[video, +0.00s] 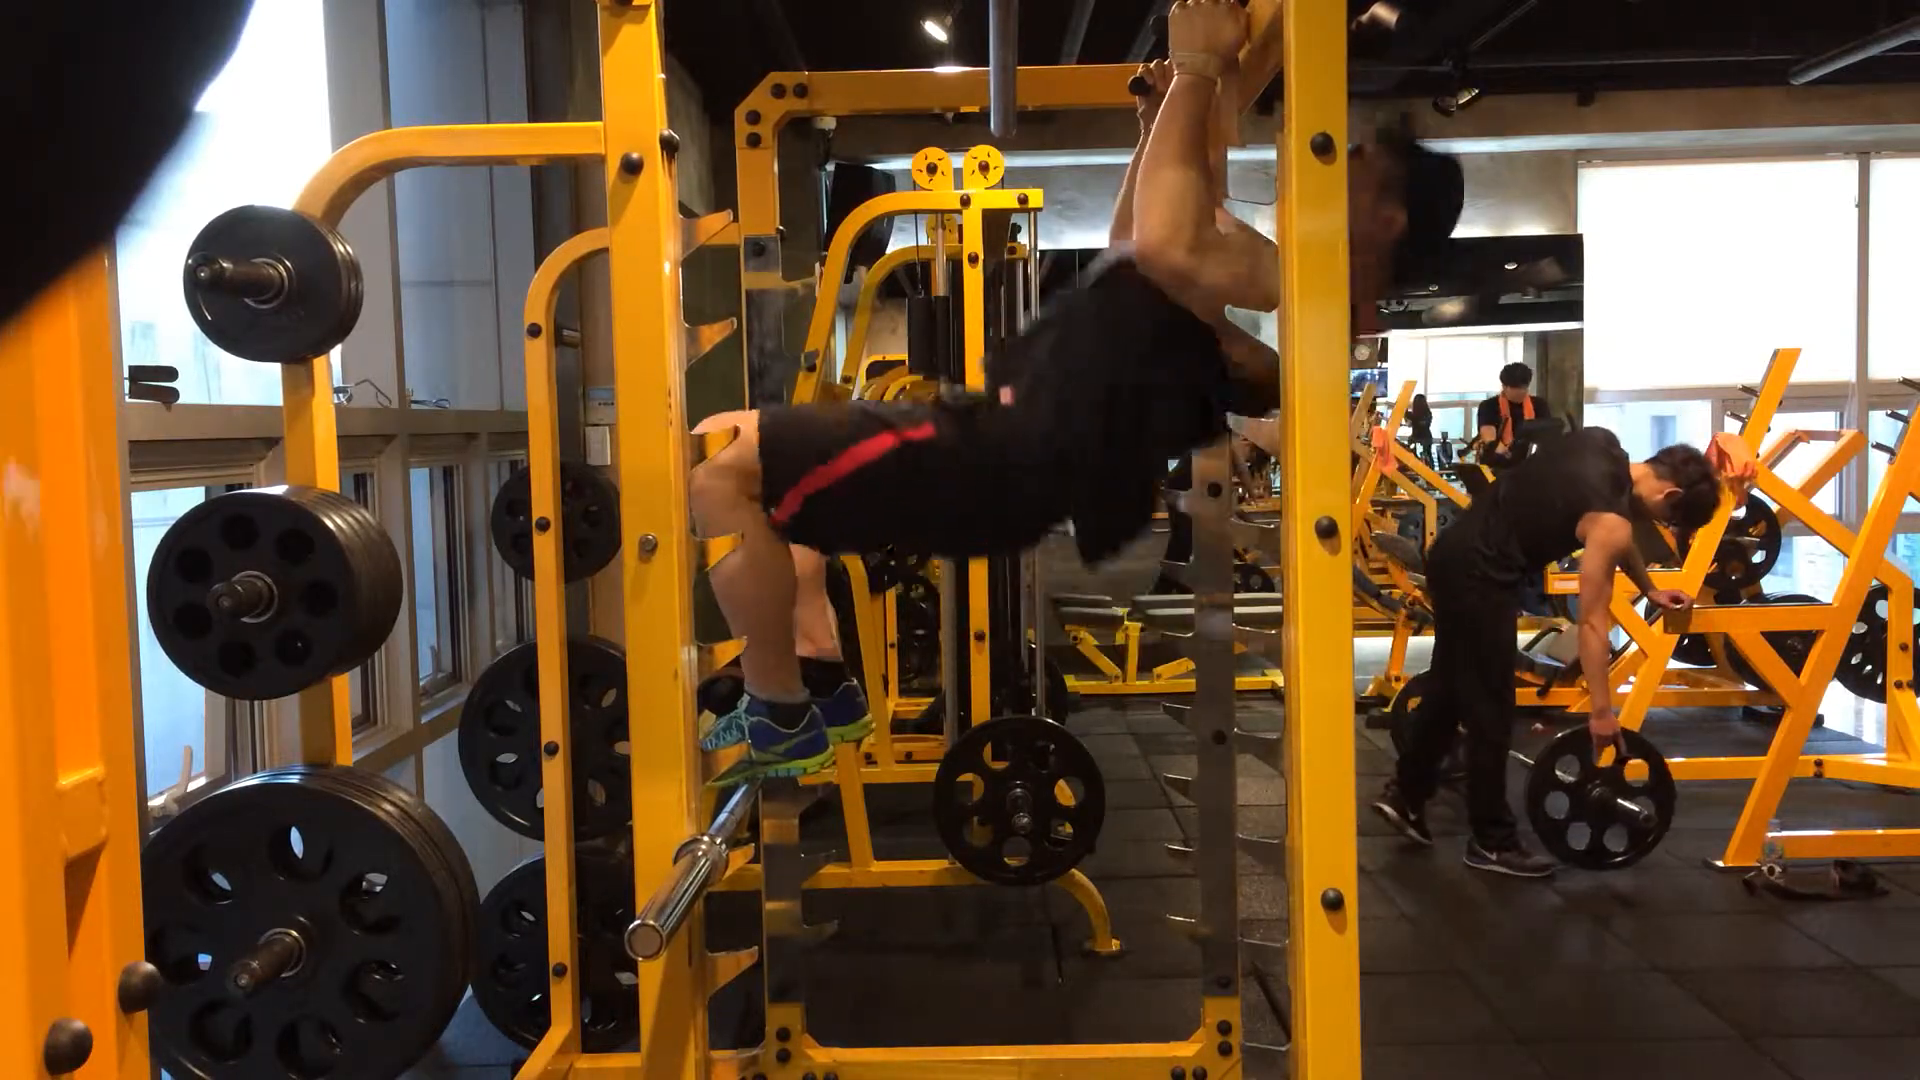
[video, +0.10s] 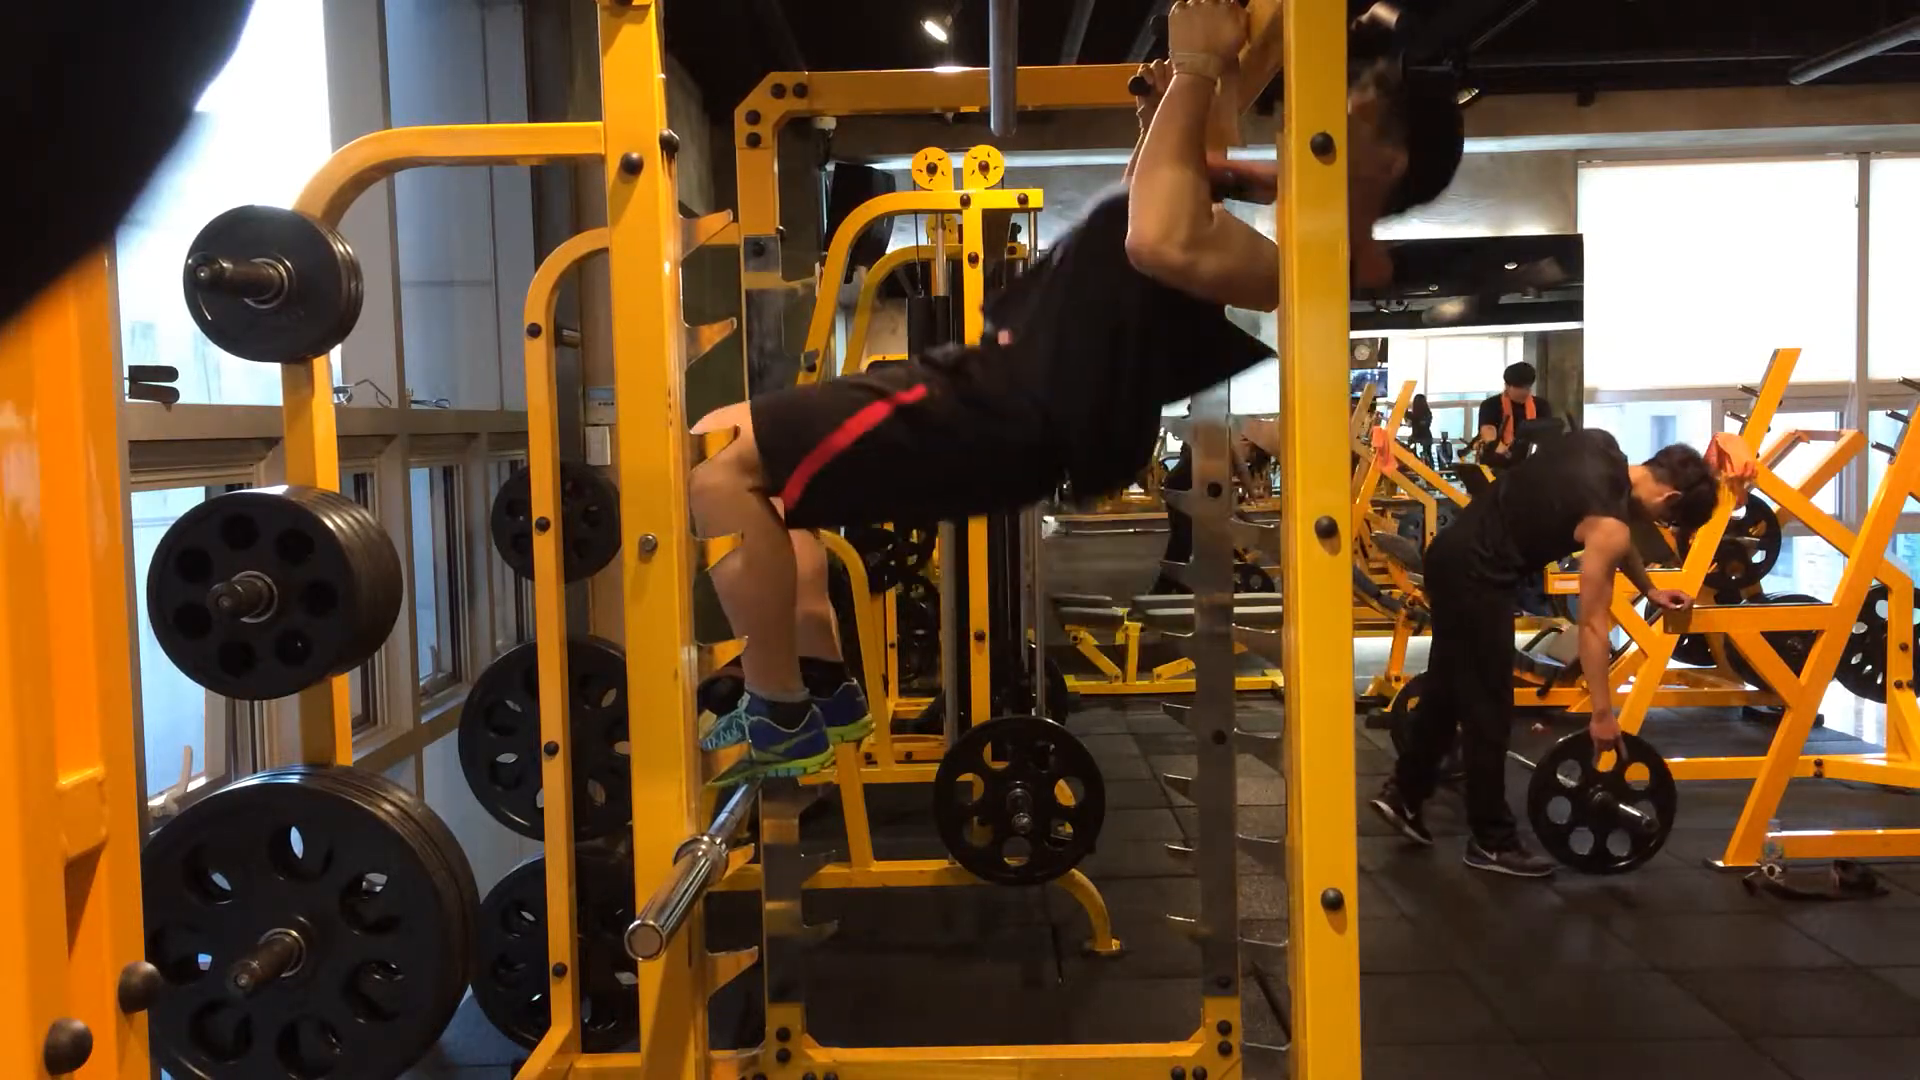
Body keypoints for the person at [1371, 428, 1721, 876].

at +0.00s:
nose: (1659, 524)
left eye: (1666, 522)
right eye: (1667, 519)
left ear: (1655, 467)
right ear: (1667, 494)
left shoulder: (1599, 443)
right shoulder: (1609, 520)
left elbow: (1615, 529)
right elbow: (1592, 625)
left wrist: (1649, 588)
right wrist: (1602, 709)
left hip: (1453, 556)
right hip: (1482, 579)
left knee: (1450, 686)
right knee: (1493, 708)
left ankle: (1406, 793)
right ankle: (1491, 838)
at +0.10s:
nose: (1659, 524)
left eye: (1666, 522)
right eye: (1666, 519)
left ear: (1650, 466)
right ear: (1666, 497)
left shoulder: (1596, 444)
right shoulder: (1608, 525)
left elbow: (1614, 531)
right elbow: (1592, 627)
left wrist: (1648, 587)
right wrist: (1603, 712)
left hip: (1452, 555)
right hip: (1480, 579)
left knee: (1447, 686)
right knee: (1490, 708)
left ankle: (1404, 793)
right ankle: (1490, 838)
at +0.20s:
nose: (1659, 529)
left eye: (1666, 526)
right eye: (1667, 524)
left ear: (1650, 468)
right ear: (1666, 501)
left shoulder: (1597, 446)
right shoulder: (1608, 529)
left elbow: (1613, 532)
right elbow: (1592, 632)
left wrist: (1650, 589)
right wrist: (1599, 718)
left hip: (1450, 554)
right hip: (1478, 579)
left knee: (1444, 685)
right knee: (1490, 708)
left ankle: (1403, 792)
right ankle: (1490, 838)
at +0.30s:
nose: (1660, 529)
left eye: (1666, 526)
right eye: (1668, 524)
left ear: (1652, 469)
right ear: (1668, 504)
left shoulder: (1597, 446)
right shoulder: (1607, 529)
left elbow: (1611, 533)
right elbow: (1590, 633)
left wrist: (1650, 589)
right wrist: (1597, 718)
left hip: (1448, 554)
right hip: (1476, 581)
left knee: (1441, 686)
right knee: (1489, 708)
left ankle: (1404, 791)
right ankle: (1490, 838)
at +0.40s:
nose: (1657, 528)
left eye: (1664, 525)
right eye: (1665, 523)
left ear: (1649, 467)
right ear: (1666, 501)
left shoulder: (1598, 445)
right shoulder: (1606, 528)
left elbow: (1612, 532)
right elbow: (1584, 630)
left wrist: (1649, 588)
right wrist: (1589, 716)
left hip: (1448, 554)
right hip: (1476, 579)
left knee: (1441, 685)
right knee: (1489, 706)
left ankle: (1403, 790)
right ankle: (1489, 837)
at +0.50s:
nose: (1655, 528)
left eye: (1662, 526)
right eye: (1663, 523)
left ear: (1647, 466)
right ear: (1663, 501)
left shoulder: (1596, 445)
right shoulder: (1602, 526)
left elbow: (1611, 533)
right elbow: (1580, 630)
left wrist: (1649, 589)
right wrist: (1581, 714)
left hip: (1448, 552)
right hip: (1474, 578)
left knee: (1441, 685)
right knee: (1488, 706)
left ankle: (1402, 792)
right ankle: (1490, 837)